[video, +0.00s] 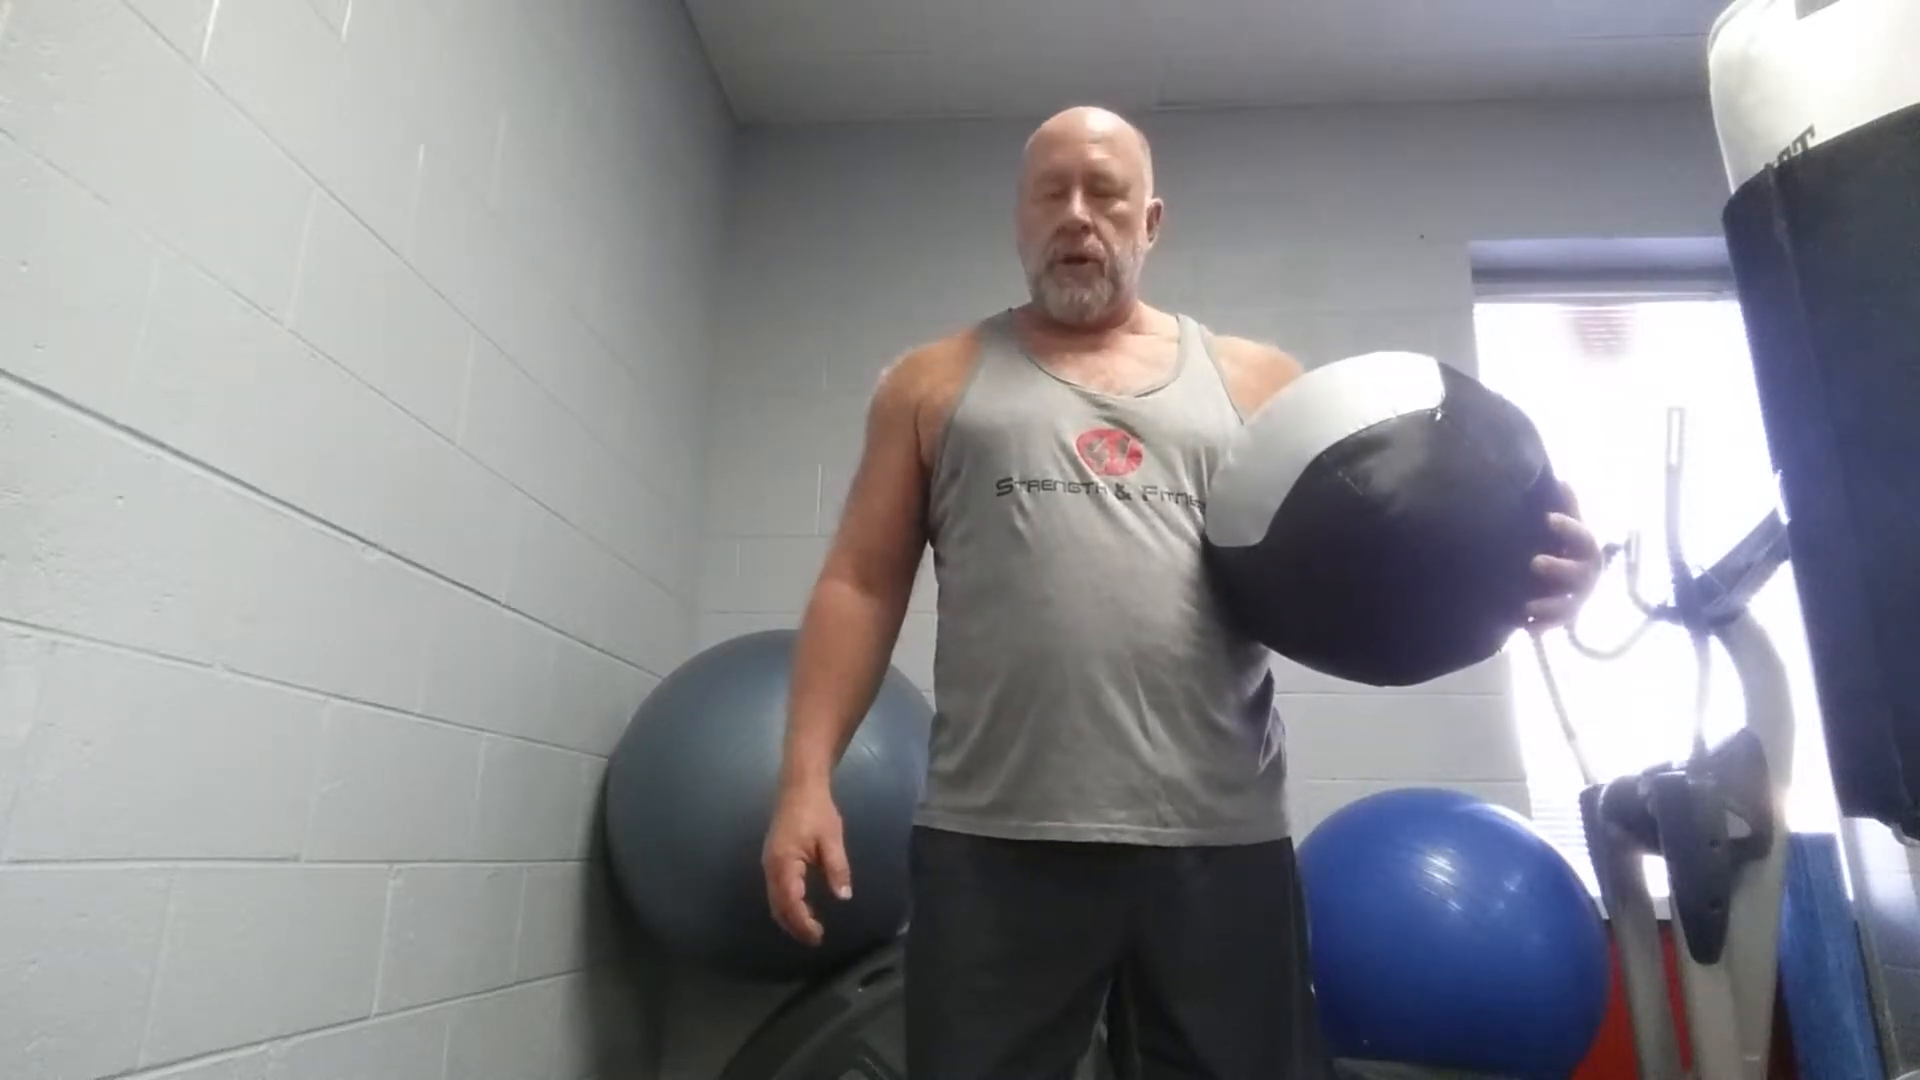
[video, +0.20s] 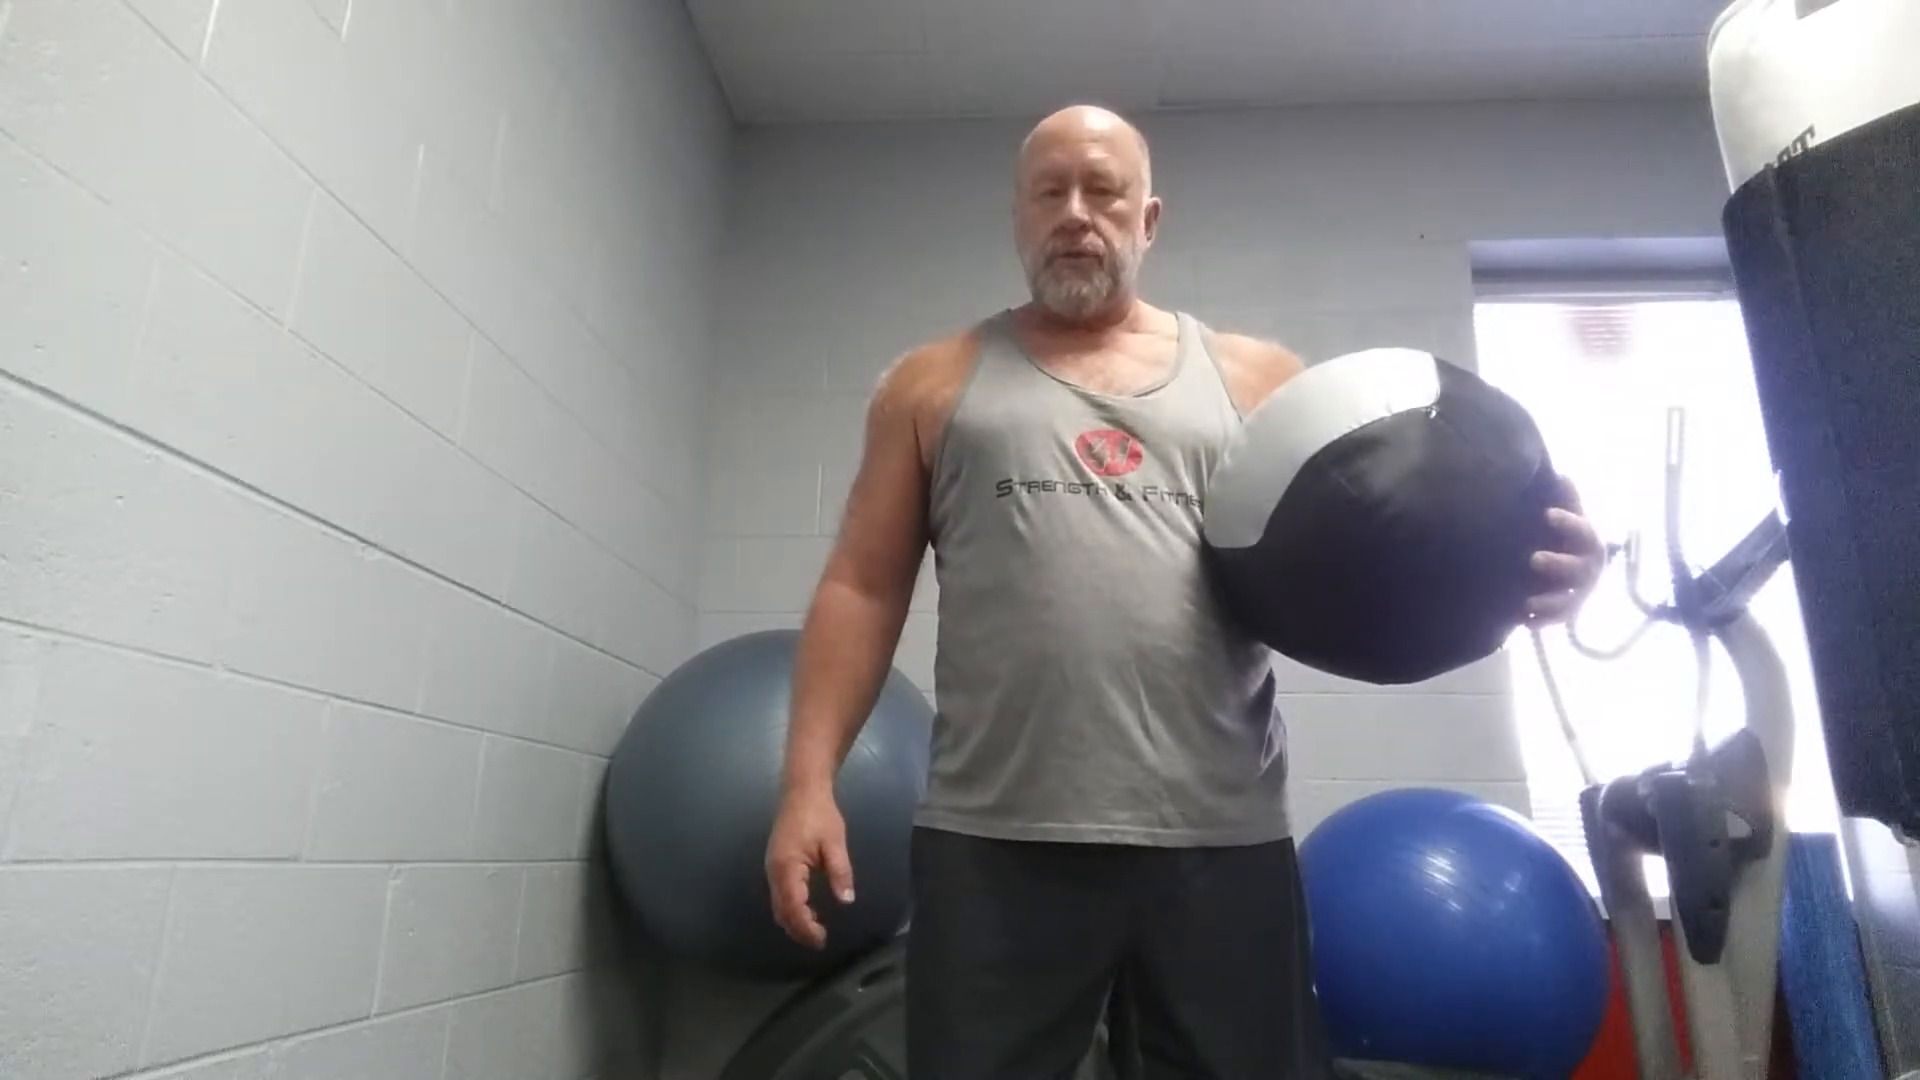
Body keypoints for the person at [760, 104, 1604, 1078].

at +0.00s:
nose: (1078, 216)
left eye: (1106, 193)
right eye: (1053, 193)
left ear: (1153, 219)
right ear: (1017, 218)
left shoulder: (1253, 379)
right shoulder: (934, 385)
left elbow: (1398, 537)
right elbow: (861, 582)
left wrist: (1539, 568)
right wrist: (805, 779)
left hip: (1220, 849)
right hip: (992, 849)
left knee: (1245, 1066)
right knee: (974, 1064)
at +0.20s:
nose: (1077, 215)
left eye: (1104, 192)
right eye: (1051, 192)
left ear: (1150, 216)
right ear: (1016, 216)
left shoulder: (1255, 376)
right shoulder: (933, 386)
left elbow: (1403, 531)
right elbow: (863, 586)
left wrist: (1543, 565)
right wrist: (807, 784)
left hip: (1222, 849)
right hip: (993, 849)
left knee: (1252, 1071)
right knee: (975, 1071)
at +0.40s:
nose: (1078, 212)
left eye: (1106, 191)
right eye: (1052, 191)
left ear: (1151, 216)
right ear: (1017, 216)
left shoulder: (1256, 375)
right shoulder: (935, 385)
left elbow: (1403, 532)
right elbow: (864, 585)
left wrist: (1544, 565)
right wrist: (808, 781)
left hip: (1223, 849)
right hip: (993, 849)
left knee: (1252, 1067)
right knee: (976, 1066)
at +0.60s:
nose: (1083, 212)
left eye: (1109, 190)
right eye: (1056, 191)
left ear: (1154, 217)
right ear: (1019, 219)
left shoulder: (1258, 376)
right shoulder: (938, 383)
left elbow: (1401, 533)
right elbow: (865, 582)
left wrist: (1543, 567)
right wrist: (809, 780)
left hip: (1223, 848)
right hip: (994, 847)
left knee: (1251, 1068)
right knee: (977, 1067)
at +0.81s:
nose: (1088, 211)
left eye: (1115, 191)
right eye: (1062, 189)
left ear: (1159, 220)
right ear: (1024, 217)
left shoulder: (1258, 373)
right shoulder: (939, 379)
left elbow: (1402, 531)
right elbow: (864, 580)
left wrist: (1546, 564)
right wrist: (808, 773)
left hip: (1223, 846)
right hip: (996, 842)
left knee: (1251, 1068)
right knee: (975, 1067)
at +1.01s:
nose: (1091, 206)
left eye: (1120, 187)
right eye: (1066, 184)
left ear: (1162, 222)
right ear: (1028, 213)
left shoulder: (1256, 374)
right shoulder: (938, 377)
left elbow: (1404, 521)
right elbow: (864, 564)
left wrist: (1545, 558)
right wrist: (832, 714)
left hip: (1222, 844)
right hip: (995, 843)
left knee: (1250, 1067)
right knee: (976, 1068)